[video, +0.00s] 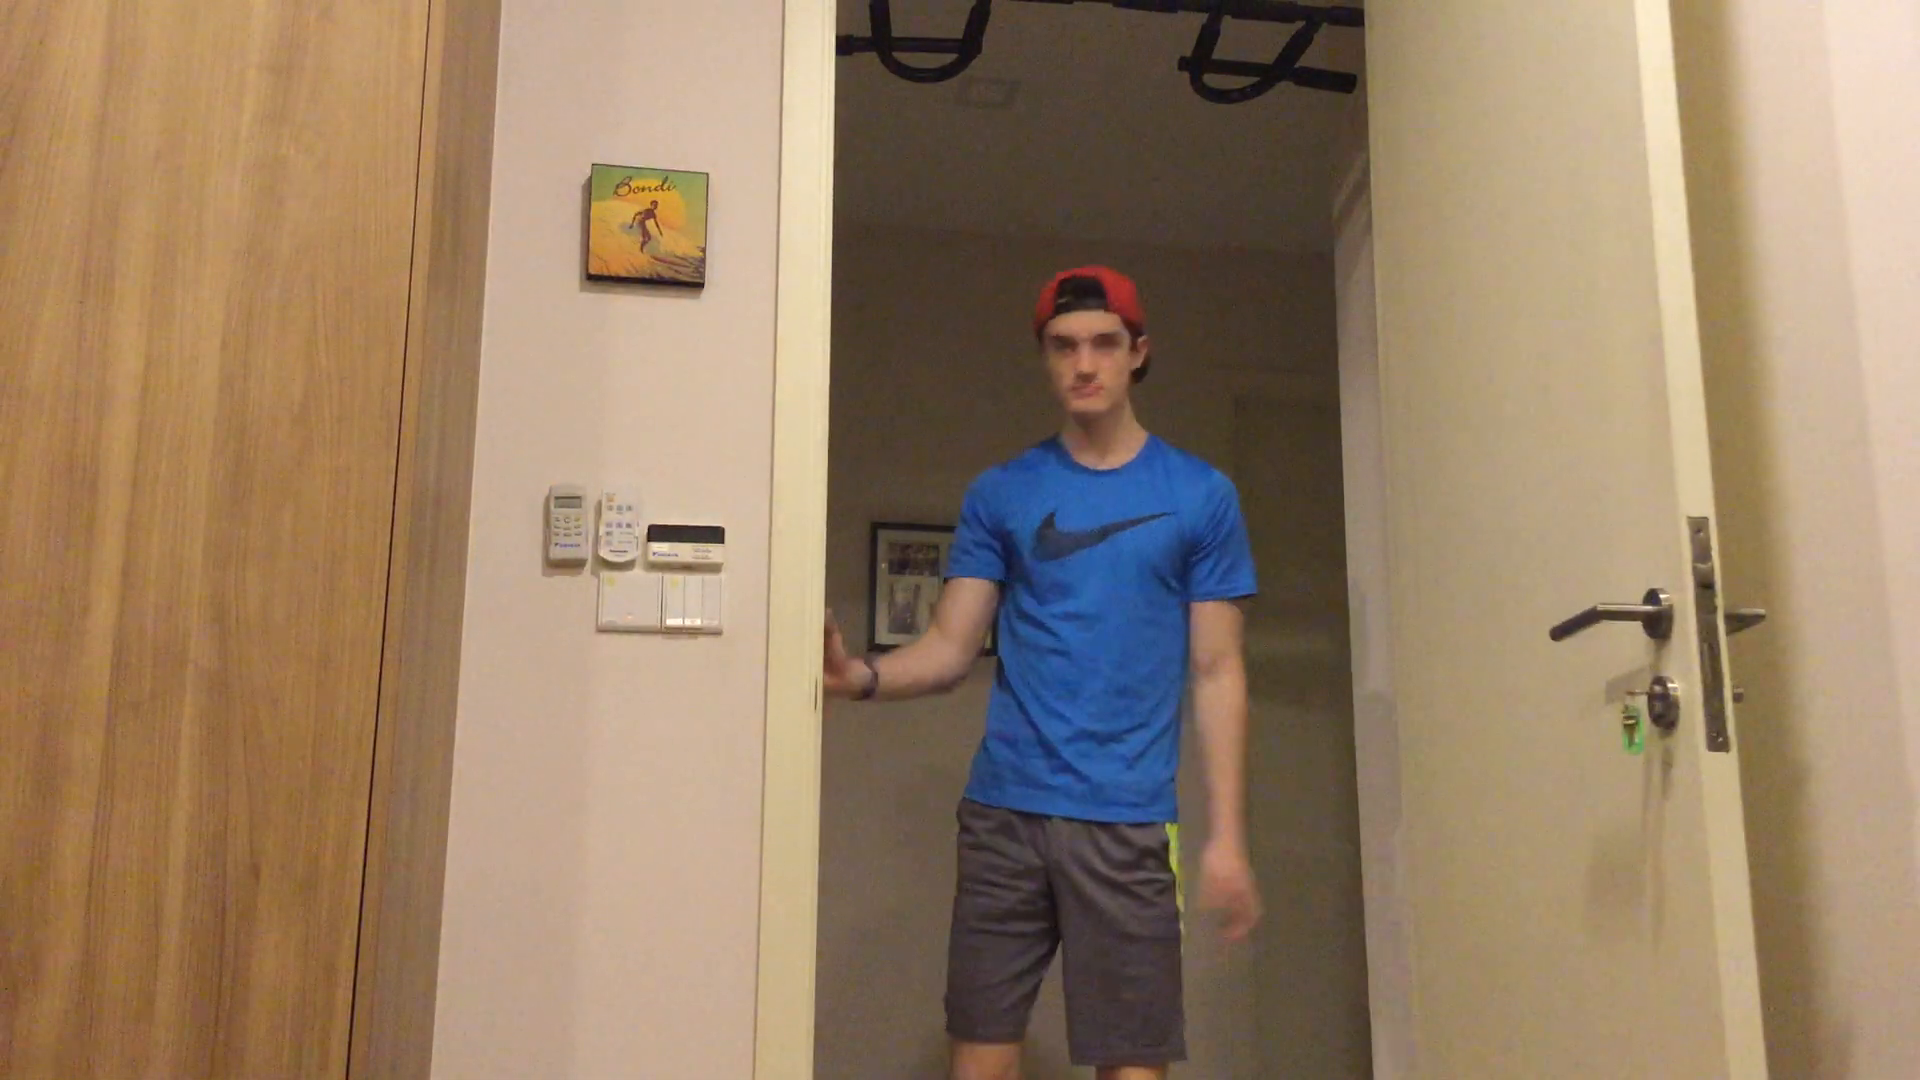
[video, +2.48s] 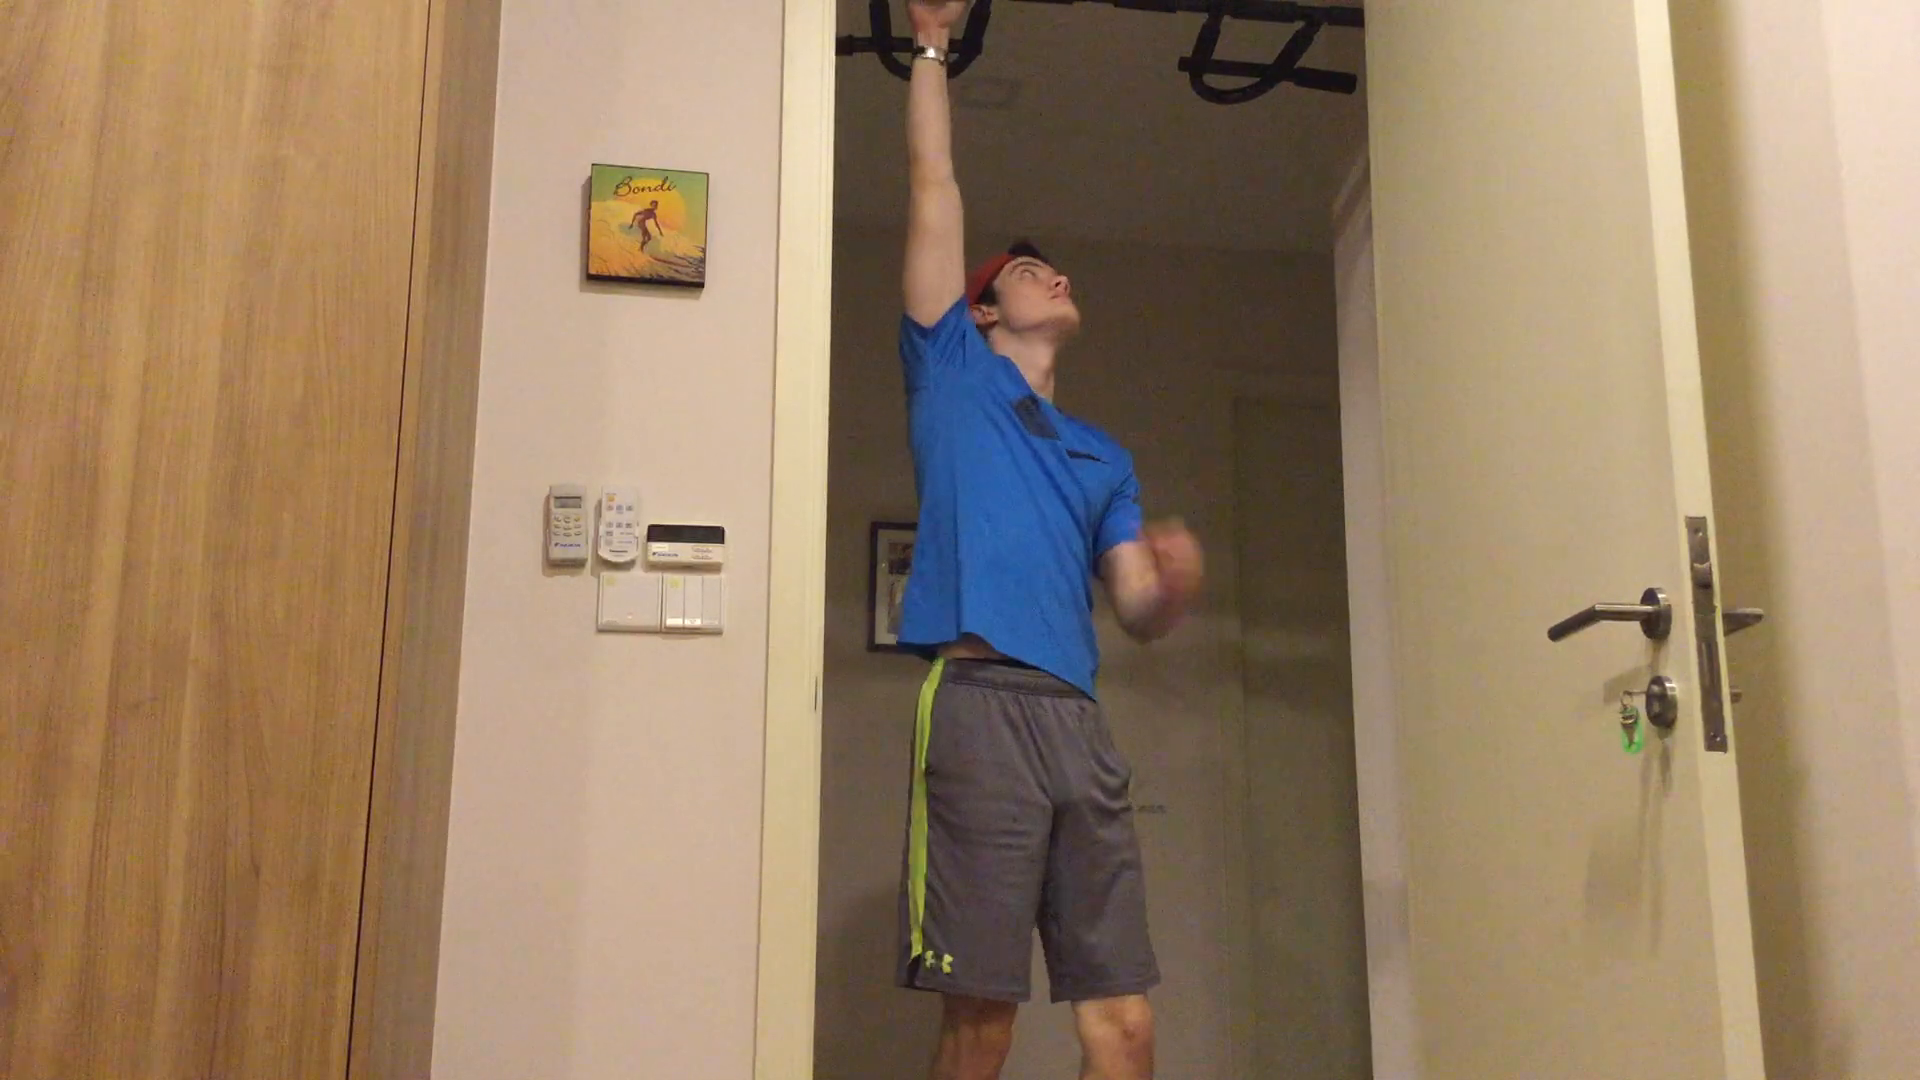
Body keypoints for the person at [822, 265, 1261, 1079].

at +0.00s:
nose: (1082, 363)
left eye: (1101, 344)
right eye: (1063, 346)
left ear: (1137, 355)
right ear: (1043, 362)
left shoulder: (1200, 497)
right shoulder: (1001, 494)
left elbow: (1217, 672)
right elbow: (949, 647)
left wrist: (1225, 838)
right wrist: (859, 675)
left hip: (1127, 823)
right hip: (1004, 811)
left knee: (1130, 1060)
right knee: (981, 1045)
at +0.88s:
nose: (1132, 314)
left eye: (1151, 313)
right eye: (1113, 317)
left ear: (1189, 364)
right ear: (1096, 375)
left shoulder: (1244, 500)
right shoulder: (1045, 487)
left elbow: (1253, 671)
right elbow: (989, 642)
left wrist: (1334, 785)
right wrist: (916, 599)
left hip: (1160, 815)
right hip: (1036, 802)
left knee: (1151, 1062)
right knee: (1023, 1056)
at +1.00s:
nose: (1126, 318)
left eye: (1147, 315)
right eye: (1110, 321)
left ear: (1186, 365)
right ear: (1096, 382)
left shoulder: (1243, 499)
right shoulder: (1048, 479)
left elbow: (1257, 669)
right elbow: (943, 587)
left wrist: (1337, 784)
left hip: (1167, 814)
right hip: (1042, 802)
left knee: (1156, 1063)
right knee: (1035, 1057)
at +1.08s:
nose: (1127, 321)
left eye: (1149, 319)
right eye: (1112, 324)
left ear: (1188, 368)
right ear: (1097, 382)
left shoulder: (1243, 503)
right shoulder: (1050, 467)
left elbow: (1256, 672)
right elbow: (913, 501)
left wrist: (1341, 792)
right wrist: (917, 358)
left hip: (1169, 812)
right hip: (1046, 797)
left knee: (1156, 1063)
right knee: (1046, 1055)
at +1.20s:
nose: (1118, 324)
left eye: (1140, 321)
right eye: (1106, 327)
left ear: (1184, 371)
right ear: (1093, 381)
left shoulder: (1235, 508)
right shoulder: (1049, 452)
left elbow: (1247, 676)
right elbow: (913, 379)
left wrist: (1337, 788)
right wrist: (927, 226)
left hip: (1168, 801)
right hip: (1050, 783)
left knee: (1158, 1061)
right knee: (1064, 1048)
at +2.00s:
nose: (1041, 289)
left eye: (1059, 288)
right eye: (1027, 291)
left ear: (1093, 343)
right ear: (1002, 339)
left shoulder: (1139, 468)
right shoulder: (968, 392)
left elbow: (1171, 626)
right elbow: (930, 222)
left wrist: (1245, 705)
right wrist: (924, 74)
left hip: (1102, 742)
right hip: (987, 728)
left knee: (1119, 1043)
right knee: (996, 1040)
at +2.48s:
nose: (1054, 277)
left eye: (1058, 273)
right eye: (1028, 272)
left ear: (1069, 322)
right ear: (986, 308)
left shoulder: (1102, 456)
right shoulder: (950, 364)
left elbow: (1140, 613)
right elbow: (930, 187)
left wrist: (1170, 591)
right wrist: (930, 46)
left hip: (1077, 716)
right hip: (977, 700)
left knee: (1122, 1012)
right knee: (983, 1009)